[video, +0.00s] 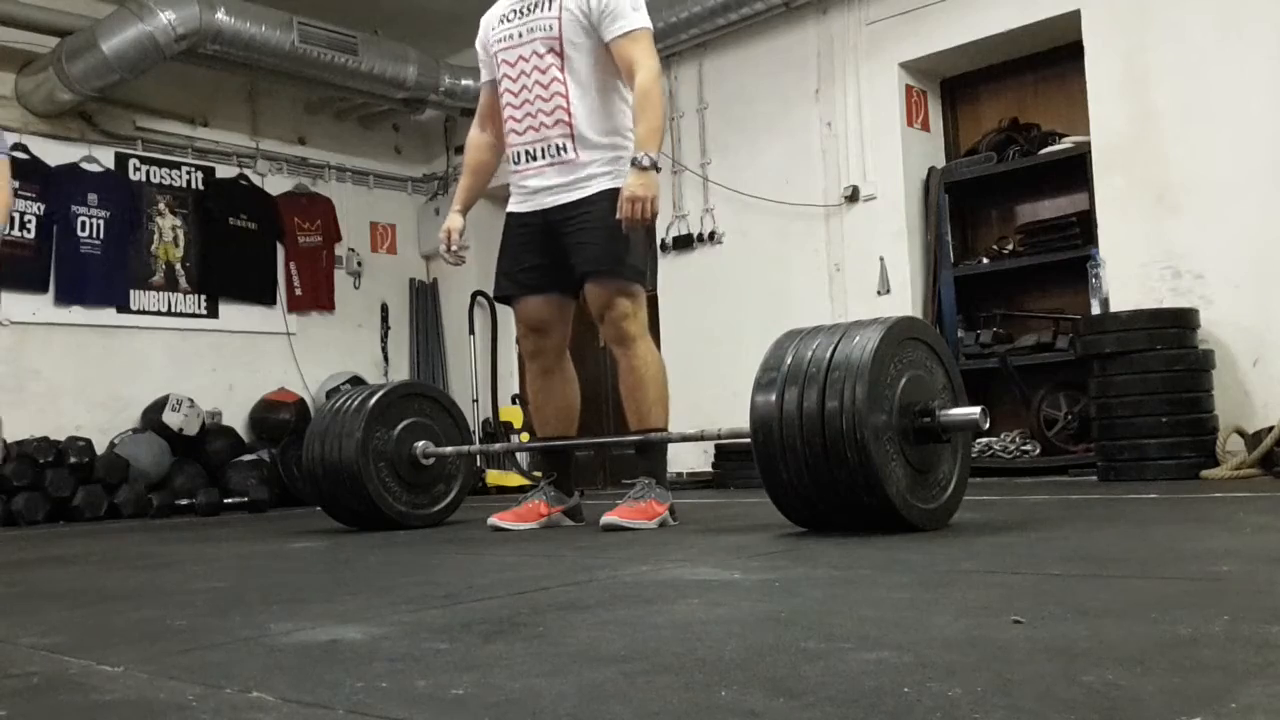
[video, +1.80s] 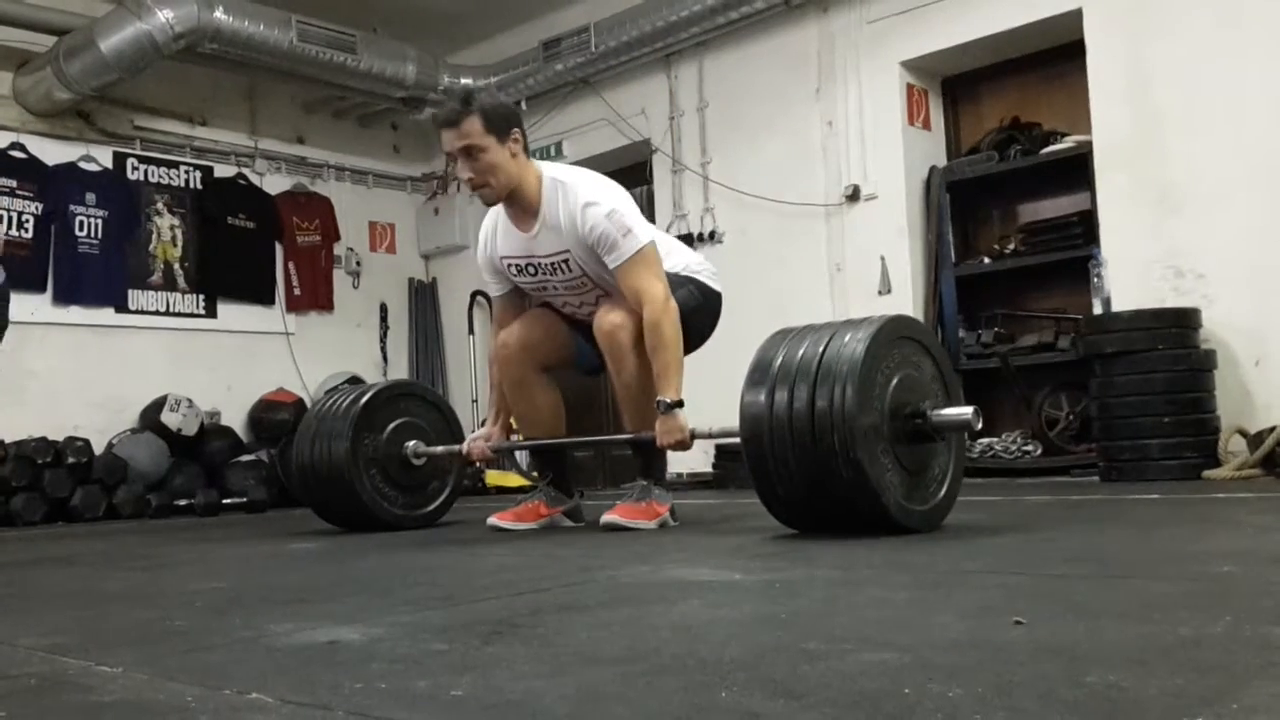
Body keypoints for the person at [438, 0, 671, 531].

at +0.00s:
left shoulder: (598, 0)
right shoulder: (492, 23)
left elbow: (645, 71)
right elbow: (487, 128)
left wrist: (644, 165)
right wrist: (458, 208)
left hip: (602, 184)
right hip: (529, 199)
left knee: (621, 321)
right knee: (537, 336)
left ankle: (652, 485)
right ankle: (557, 490)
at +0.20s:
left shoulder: (607, 28)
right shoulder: (489, 40)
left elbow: (652, 133)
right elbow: (484, 145)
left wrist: (658, 240)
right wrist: (462, 231)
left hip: (619, 195)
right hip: (550, 205)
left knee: (624, 320)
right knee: (535, 330)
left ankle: (652, 486)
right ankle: (555, 490)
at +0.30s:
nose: (518, 57)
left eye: (526, 41)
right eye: (503, 45)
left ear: (552, 11)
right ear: (486, 31)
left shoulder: (607, 72)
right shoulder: (488, 72)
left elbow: (657, 187)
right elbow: (488, 167)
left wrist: (665, 303)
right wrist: (470, 256)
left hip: (629, 207)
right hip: (559, 216)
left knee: (630, 318)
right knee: (532, 332)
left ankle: (653, 488)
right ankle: (556, 491)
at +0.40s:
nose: (533, 116)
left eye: (540, 100)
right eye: (516, 106)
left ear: (557, 69)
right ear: (493, 94)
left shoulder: (608, 110)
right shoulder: (488, 111)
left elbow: (660, 231)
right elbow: (493, 192)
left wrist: (671, 346)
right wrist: (482, 279)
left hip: (640, 214)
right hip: (569, 223)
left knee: (631, 314)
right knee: (533, 332)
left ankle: (654, 487)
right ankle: (558, 491)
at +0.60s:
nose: (528, 196)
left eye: (535, 179)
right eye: (513, 188)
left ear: (549, 143)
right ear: (489, 174)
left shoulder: (606, 168)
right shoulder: (489, 169)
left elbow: (659, 289)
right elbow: (502, 229)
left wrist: (678, 404)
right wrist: (503, 318)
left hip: (656, 220)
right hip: (579, 234)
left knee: (633, 313)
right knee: (531, 337)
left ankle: (654, 488)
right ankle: (558, 492)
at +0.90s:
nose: (469, 252)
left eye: (473, 241)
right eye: (460, 246)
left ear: (499, 211)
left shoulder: (577, 199)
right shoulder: (481, 226)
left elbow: (651, 297)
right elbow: (506, 309)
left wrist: (681, 409)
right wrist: (511, 402)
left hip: (665, 210)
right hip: (586, 237)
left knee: (633, 315)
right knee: (538, 338)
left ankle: (654, 489)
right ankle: (559, 491)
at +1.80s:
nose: (465, 173)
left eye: (474, 153)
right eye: (455, 161)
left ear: (514, 144)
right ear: (450, 163)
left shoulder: (592, 204)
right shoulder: (492, 237)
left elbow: (656, 301)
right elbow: (506, 335)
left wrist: (670, 406)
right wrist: (497, 423)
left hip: (682, 294)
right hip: (596, 318)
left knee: (613, 324)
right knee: (512, 348)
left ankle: (652, 490)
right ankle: (557, 494)